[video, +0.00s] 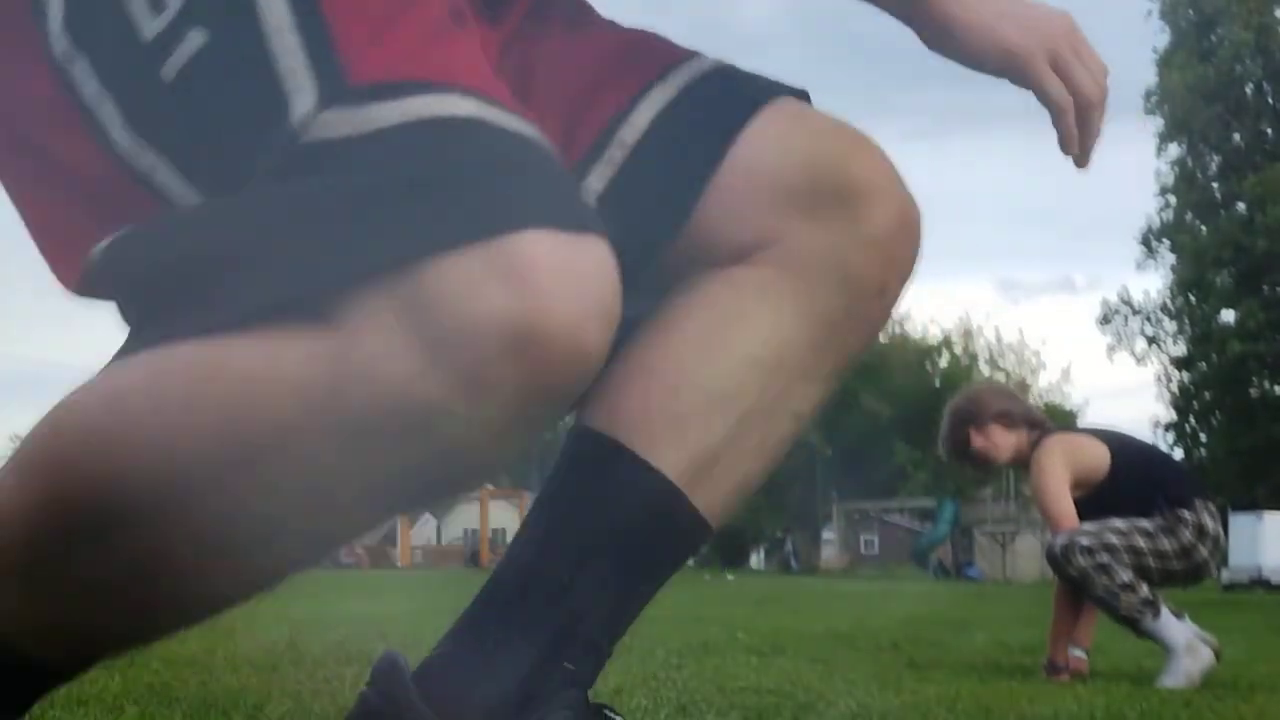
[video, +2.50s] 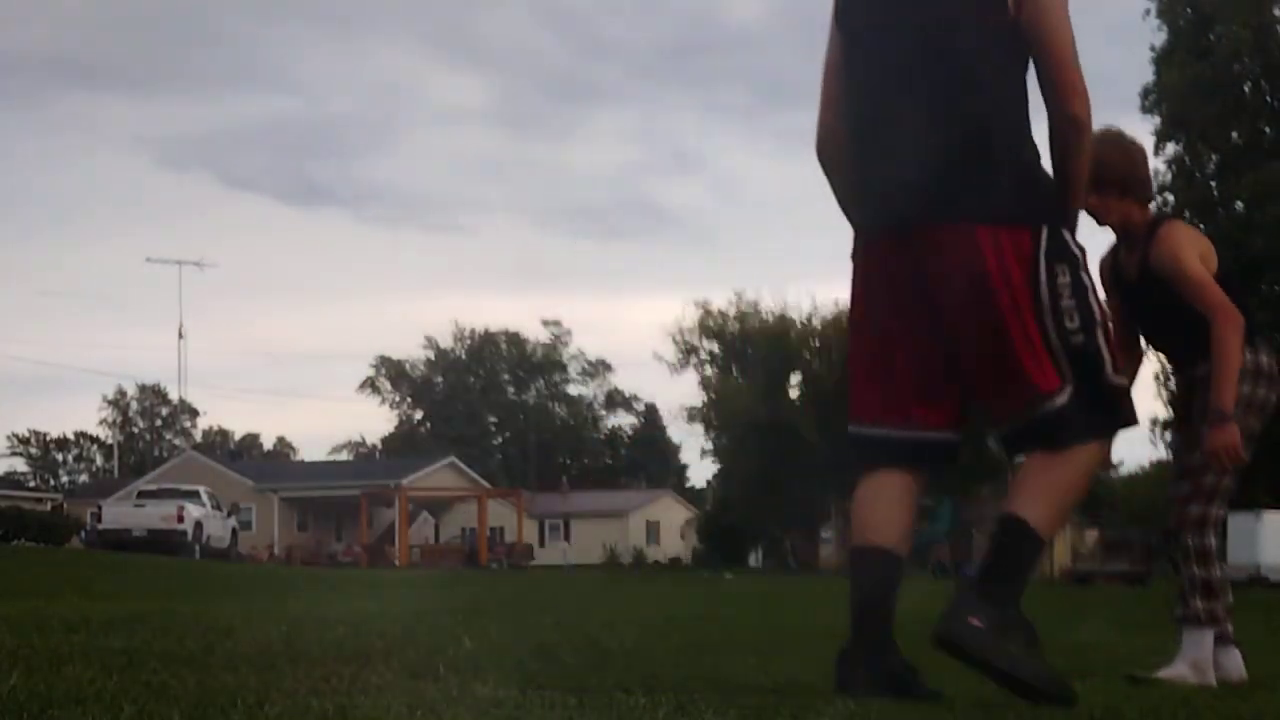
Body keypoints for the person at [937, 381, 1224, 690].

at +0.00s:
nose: (975, 444)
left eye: (979, 428)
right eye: (968, 440)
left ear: (1007, 416)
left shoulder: (1048, 458)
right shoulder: (1058, 452)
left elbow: (1072, 564)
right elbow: (1087, 562)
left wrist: (1057, 653)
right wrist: (1080, 649)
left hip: (1191, 533)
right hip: (1189, 532)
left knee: (1070, 548)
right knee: (1085, 548)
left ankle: (1185, 647)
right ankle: (1184, 633)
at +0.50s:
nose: (980, 454)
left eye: (981, 438)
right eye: (971, 451)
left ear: (1004, 421)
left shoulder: (1051, 459)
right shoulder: (1058, 453)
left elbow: (1074, 567)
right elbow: (1090, 564)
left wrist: (1058, 653)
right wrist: (1080, 648)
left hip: (1193, 530)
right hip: (1192, 528)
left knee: (1071, 545)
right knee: (1088, 546)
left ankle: (1186, 649)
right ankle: (1187, 634)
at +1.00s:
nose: (978, 453)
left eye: (979, 437)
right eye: (969, 450)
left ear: (1003, 420)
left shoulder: (1049, 452)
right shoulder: (1051, 454)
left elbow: (1068, 560)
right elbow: (1082, 560)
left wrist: (1059, 650)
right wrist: (1078, 648)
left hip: (1188, 529)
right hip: (1180, 529)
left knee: (1067, 548)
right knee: (1081, 551)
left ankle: (1184, 645)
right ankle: (1183, 633)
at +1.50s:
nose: (996, 446)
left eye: (998, 431)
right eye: (985, 442)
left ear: (1021, 417)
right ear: (982, 449)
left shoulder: (1067, 450)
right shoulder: (1069, 448)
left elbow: (1080, 562)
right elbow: (1093, 560)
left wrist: (1061, 649)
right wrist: (1077, 647)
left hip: (1200, 536)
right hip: (1194, 536)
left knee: (1078, 544)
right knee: (1092, 548)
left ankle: (1187, 649)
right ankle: (1189, 636)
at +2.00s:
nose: (1038, 374)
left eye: (1043, 359)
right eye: (1030, 370)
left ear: (1069, 349)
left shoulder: (1126, 395)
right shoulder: (1091, 412)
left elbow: (1110, 514)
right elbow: (1085, 513)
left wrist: (1070, 616)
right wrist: (1060, 600)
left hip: (1247, 462)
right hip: (1211, 469)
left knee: (1139, 518)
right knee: (1111, 537)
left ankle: (1192, 657)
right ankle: (1199, 640)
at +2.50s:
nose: (1091, 210)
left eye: (1095, 199)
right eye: (1088, 201)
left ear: (1125, 192)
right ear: (1107, 200)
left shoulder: (1171, 244)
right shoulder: (1114, 264)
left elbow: (1229, 319)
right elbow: (1125, 356)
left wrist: (1222, 413)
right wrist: (1098, 419)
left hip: (1237, 373)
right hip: (1195, 379)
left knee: (1197, 508)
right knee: (1193, 510)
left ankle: (1197, 656)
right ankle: (1221, 651)